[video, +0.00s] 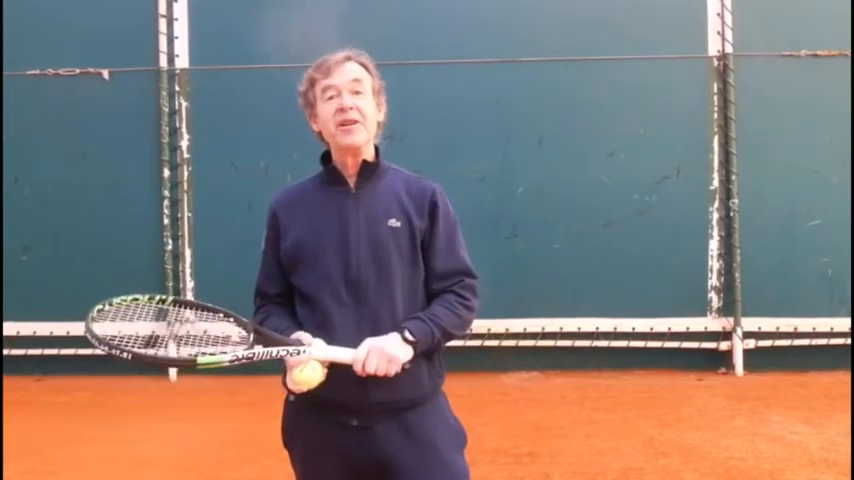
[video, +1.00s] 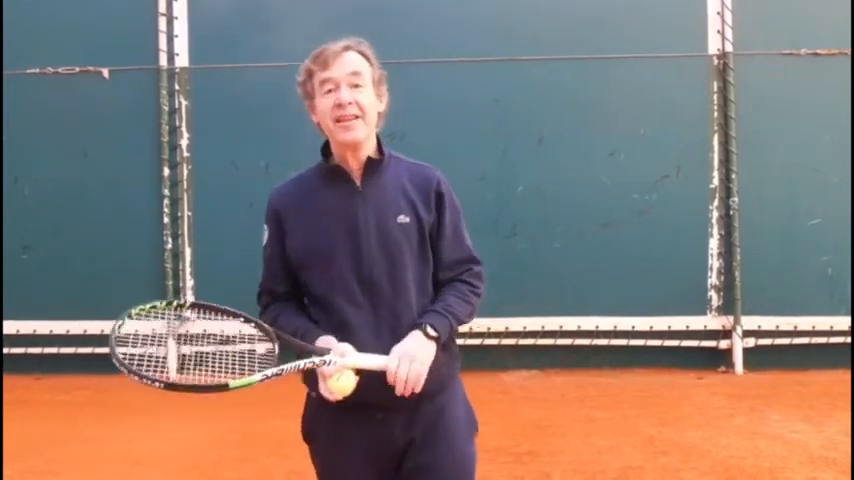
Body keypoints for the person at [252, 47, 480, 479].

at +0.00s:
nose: (345, 102)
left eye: (357, 91)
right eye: (330, 95)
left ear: (380, 109)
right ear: (315, 120)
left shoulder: (423, 199)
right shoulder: (287, 209)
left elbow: (460, 295)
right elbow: (269, 306)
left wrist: (404, 339)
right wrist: (295, 344)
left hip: (415, 422)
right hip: (321, 427)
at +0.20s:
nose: (339, 102)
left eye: (351, 90)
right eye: (324, 95)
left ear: (373, 108)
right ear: (309, 121)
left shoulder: (418, 197)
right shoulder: (283, 211)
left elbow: (455, 292)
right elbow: (268, 307)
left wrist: (399, 338)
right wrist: (292, 346)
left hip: (416, 420)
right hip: (323, 424)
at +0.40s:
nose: (331, 103)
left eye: (342, 91)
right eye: (315, 96)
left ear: (364, 108)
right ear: (299, 120)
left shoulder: (412, 193)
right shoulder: (278, 212)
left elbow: (454, 285)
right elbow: (266, 309)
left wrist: (403, 342)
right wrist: (292, 348)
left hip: (419, 416)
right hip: (327, 424)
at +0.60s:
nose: (322, 103)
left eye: (334, 90)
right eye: (307, 97)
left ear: (357, 106)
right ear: (292, 122)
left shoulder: (408, 188)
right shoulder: (274, 214)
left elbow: (452, 275)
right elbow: (267, 308)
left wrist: (420, 339)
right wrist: (285, 354)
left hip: (426, 413)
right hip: (335, 421)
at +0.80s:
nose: (326, 100)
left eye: (337, 87)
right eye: (311, 93)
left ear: (361, 101)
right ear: (297, 117)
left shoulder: (413, 184)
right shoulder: (277, 210)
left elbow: (455, 272)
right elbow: (268, 305)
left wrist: (422, 336)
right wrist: (295, 350)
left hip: (432, 410)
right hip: (342, 419)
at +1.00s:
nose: (343, 97)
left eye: (355, 84)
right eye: (328, 89)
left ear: (380, 99)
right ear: (314, 111)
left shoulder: (426, 186)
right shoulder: (288, 204)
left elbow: (465, 277)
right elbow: (275, 301)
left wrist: (428, 333)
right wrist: (320, 343)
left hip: (433, 411)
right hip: (344, 418)